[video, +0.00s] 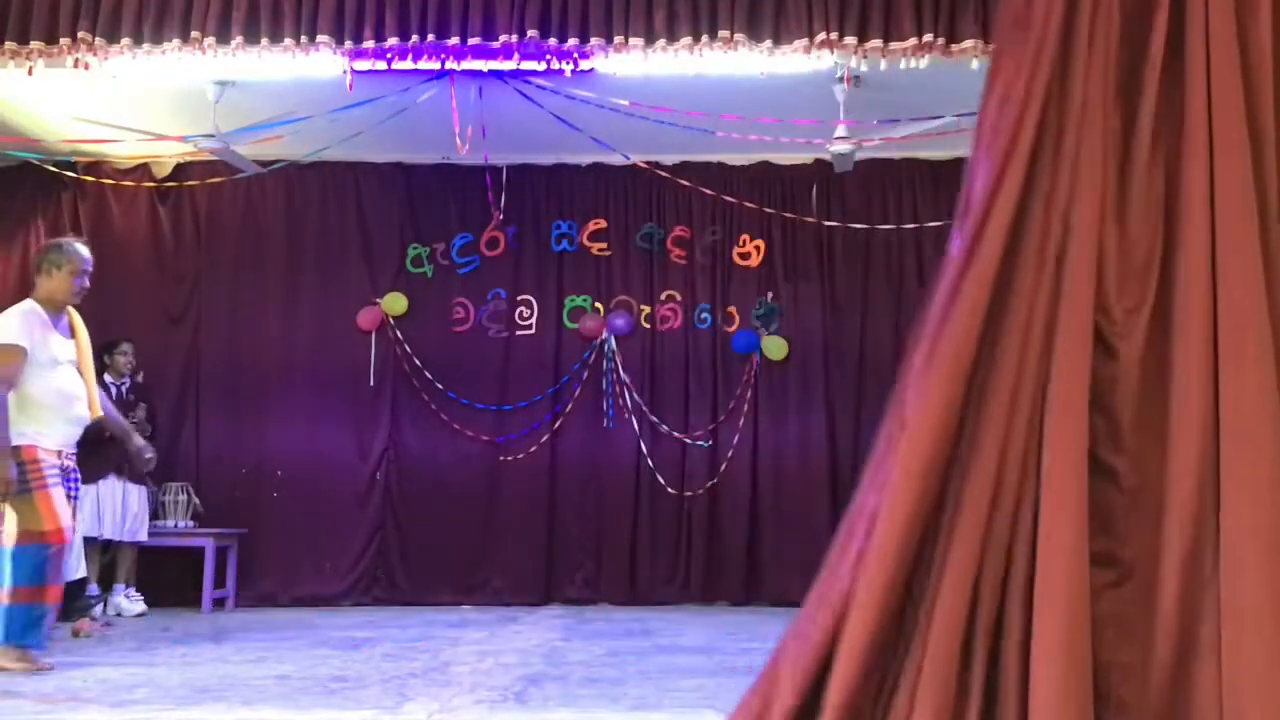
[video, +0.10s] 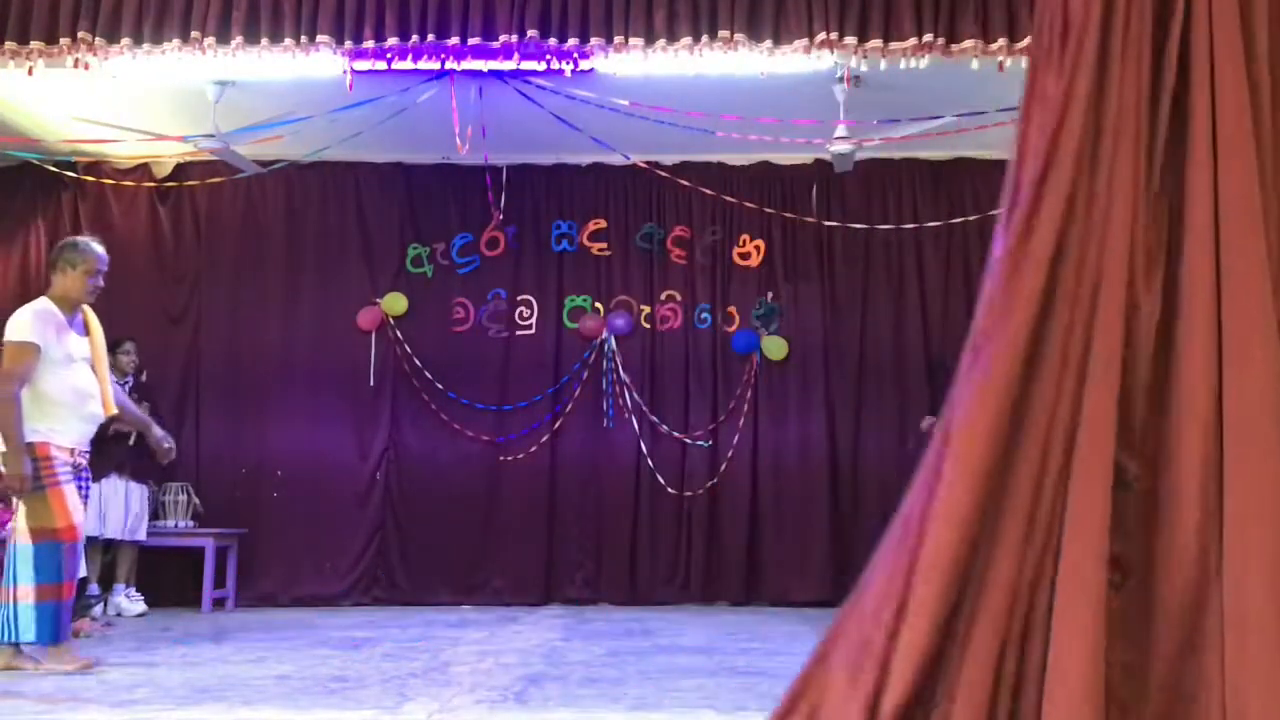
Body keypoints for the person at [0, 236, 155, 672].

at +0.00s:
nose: (85, 284)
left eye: (88, 276)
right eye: (78, 275)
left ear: (79, 279)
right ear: (47, 272)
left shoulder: (70, 324)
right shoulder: (19, 319)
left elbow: (86, 393)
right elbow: (4, 385)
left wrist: (128, 436)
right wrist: (3, 455)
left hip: (62, 449)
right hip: (27, 446)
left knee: (49, 539)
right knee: (55, 533)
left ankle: (23, 642)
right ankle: (16, 643)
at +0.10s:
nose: (100, 284)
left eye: (102, 276)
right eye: (93, 275)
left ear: (91, 277)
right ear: (63, 271)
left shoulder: (85, 325)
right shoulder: (33, 318)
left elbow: (104, 388)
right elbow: (8, 389)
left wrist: (149, 427)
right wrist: (13, 456)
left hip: (73, 453)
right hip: (41, 449)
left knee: (40, 542)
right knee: (68, 532)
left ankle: (16, 643)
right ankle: (49, 641)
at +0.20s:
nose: (116, 285)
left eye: (119, 277)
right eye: (109, 275)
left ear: (105, 277)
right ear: (80, 272)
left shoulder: (97, 327)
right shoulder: (49, 319)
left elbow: (120, 387)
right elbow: (23, 390)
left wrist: (163, 425)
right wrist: (28, 454)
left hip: (84, 454)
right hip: (52, 451)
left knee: (37, 547)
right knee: (77, 544)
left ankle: (10, 643)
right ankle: (98, 647)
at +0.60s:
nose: (199, 301)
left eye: (203, 293)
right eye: (192, 291)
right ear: (163, 283)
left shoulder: (173, 334)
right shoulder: (129, 327)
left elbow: (165, 406)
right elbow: (112, 399)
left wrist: (162, 462)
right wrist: (120, 466)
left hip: (152, 456)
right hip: (114, 453)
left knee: (171, 543)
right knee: (133, 543)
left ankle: (121, 639)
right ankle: (115, 653)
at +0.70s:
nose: (223, 296)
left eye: (227, 288)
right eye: (217, 284)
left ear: (218, 286)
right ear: (188, 275)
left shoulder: (192, 326)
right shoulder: (153, 318)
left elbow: (185, 393)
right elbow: (135, 387)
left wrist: (180, 451)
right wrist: (158, 456)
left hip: (172, 448)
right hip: (130, 448)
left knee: (196, 532)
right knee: (128, 542)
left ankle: (158, 633)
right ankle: (112, 648)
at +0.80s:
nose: (246, 289)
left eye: (251, 281)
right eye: (240, 278)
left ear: (241, 280)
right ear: (210, 270)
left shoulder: (217, 321)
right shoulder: (178, 313)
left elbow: (207, 386)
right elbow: (161, 382)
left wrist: (205, 446)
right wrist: (195, 449)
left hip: (197, 446)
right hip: (156, 443)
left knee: (217, 532)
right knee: (135, 538)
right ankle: (113, 644)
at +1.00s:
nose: (293, 289)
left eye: (295, 280)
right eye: (287, 278)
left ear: (269, 279)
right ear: (258, 274)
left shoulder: (261, 324)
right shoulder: (227, 319)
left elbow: (253, 392)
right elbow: (218, 390)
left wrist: (263, 452)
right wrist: (247, 459)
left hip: (253, 452)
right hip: (213, 451)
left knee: (266, 544)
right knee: (194, 544)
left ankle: (261, 646)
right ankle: (128, 636)